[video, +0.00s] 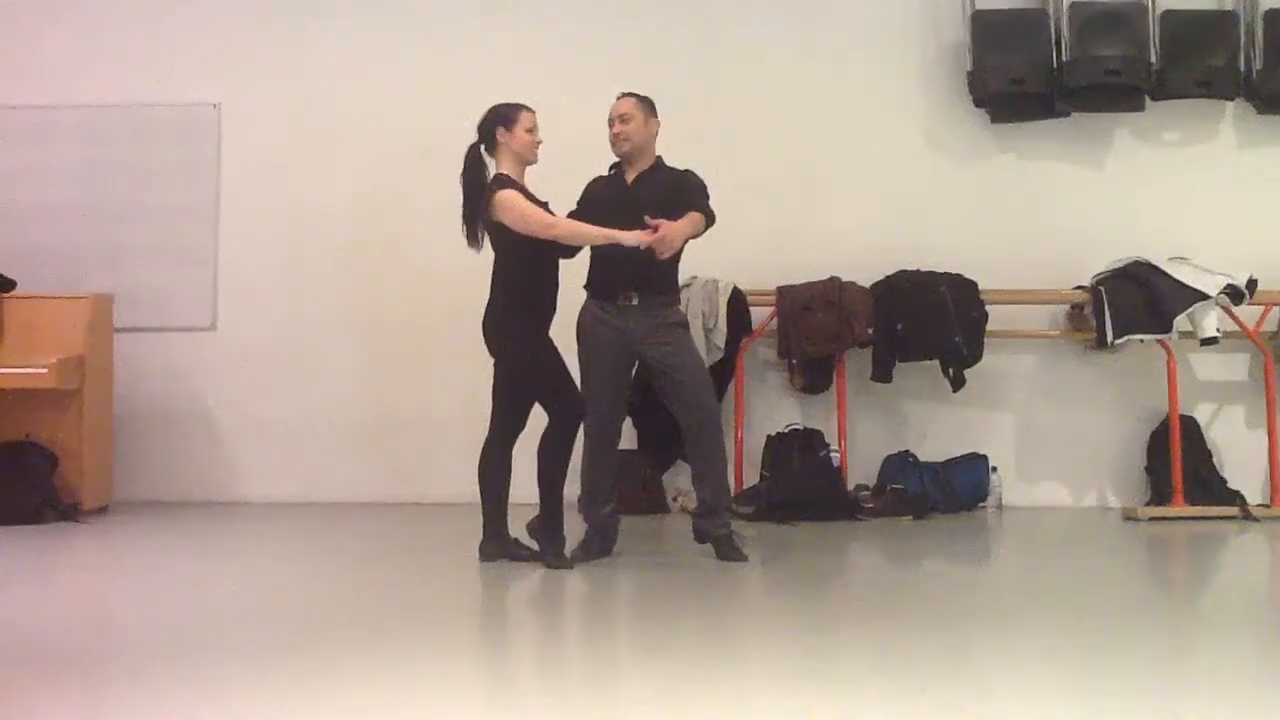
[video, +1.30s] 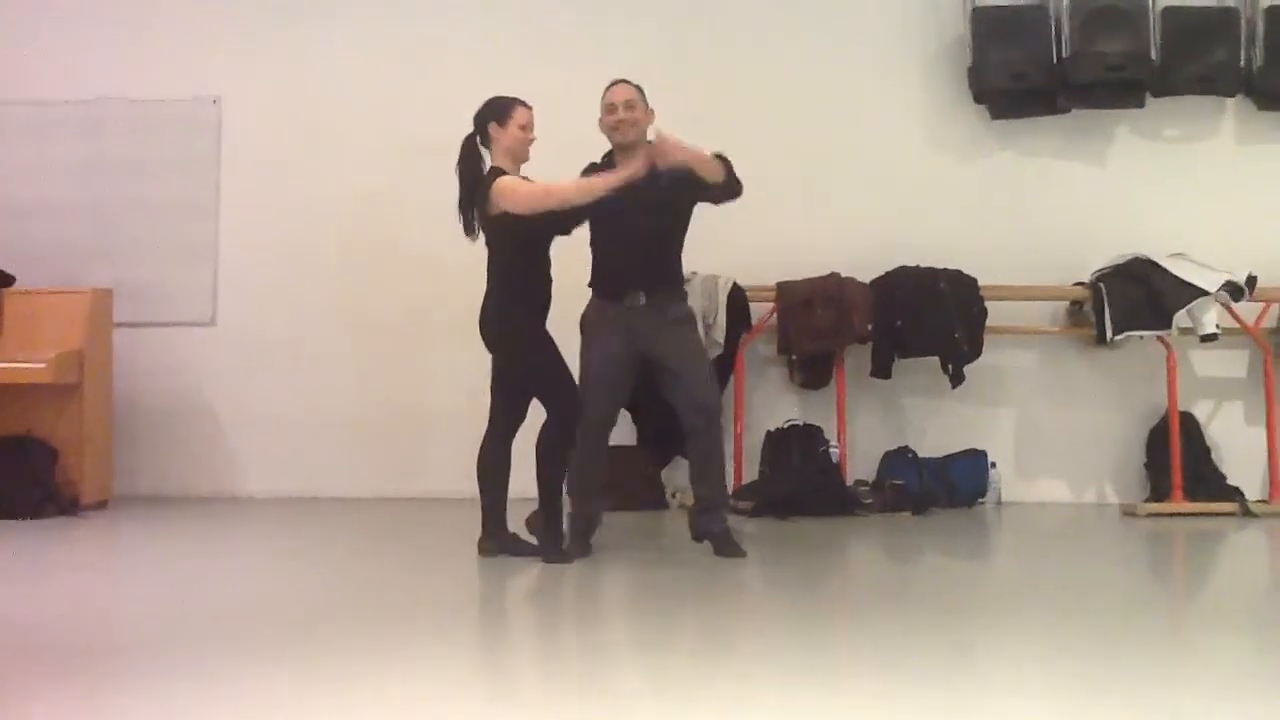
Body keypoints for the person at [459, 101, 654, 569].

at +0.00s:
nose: (539, 138)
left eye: (537, 130)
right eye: (531, 130)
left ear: (510, 137)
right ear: (503, 136)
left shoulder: (518, 193)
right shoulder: (502, 196)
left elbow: (559, 245)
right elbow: (556, 232)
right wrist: (623, 235)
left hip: (524, 325)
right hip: (515, 327)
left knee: (503, 430)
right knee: (568, 410)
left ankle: (494, 536)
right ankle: (549, 522)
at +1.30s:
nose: (532, 137)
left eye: (532, 129)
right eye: (524, 129)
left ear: (506, 135)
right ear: (495, 132)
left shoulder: (514, 185)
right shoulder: (502, 188)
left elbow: (568, 198)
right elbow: (567, 195)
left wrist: (617, 176)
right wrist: (622, 174)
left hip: (518, 318)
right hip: (514, 322)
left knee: (502, 426)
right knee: (567, 409)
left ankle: (494, 532)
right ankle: (548, 518)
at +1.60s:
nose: (514, 137)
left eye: (515, 129)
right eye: (507, 128)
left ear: (490, 134)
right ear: (478, 129)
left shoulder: (497, 180)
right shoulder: (481, 187)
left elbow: (551, 192)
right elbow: (545, 211)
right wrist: (615, 200)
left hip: (502, 317)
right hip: (498, 321)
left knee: (499, 421)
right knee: (558, 402)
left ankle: (490, 531)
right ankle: (545, 519)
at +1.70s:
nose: (504, 141)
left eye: (504, 132)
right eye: (496, 132)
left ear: (480, 137)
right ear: (466, 134)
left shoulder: (487, 189)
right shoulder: (464, 197)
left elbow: (534, 212)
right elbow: (502, 261)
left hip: (490, 322)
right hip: (480, 326)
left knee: (494, 424)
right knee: (546, 404)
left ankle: (489, 531)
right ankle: (521, 520)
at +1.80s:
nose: (496, 141)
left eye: (497, 132)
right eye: (487, 131)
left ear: (483, 137)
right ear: (458, 133)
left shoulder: (479, 189)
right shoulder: (454, 196)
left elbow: (514, 231)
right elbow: (473, 267)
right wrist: (544, 272)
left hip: (489, 320)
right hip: (471, 324)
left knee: (532, 411)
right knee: (496, 422)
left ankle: (479, 506)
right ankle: (488, 531)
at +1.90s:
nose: (487, 143)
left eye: (489, 135)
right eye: (478, 134)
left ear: (483, 141)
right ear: (449, 136)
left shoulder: (471, 190)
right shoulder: (444, 195)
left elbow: (491, 242)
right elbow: (459, 263)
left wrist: (528, 235)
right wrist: (517, 247)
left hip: (481, 321)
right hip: (462, 325)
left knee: (496, 424)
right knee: (498, 424)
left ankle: (492, 533)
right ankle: (429, 501)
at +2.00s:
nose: (474, 141)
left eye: (478, 134)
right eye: (465, 133)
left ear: (481, 141)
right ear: (439, 136)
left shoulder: (475, 196)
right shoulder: (429, 193)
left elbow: (512, 246)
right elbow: (447, 248)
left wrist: (537, 209)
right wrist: (495, 209)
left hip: (470, 325)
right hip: (437, 325)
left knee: (501, 421)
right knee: (446, 426)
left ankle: (489, 532)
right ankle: (389, 518)